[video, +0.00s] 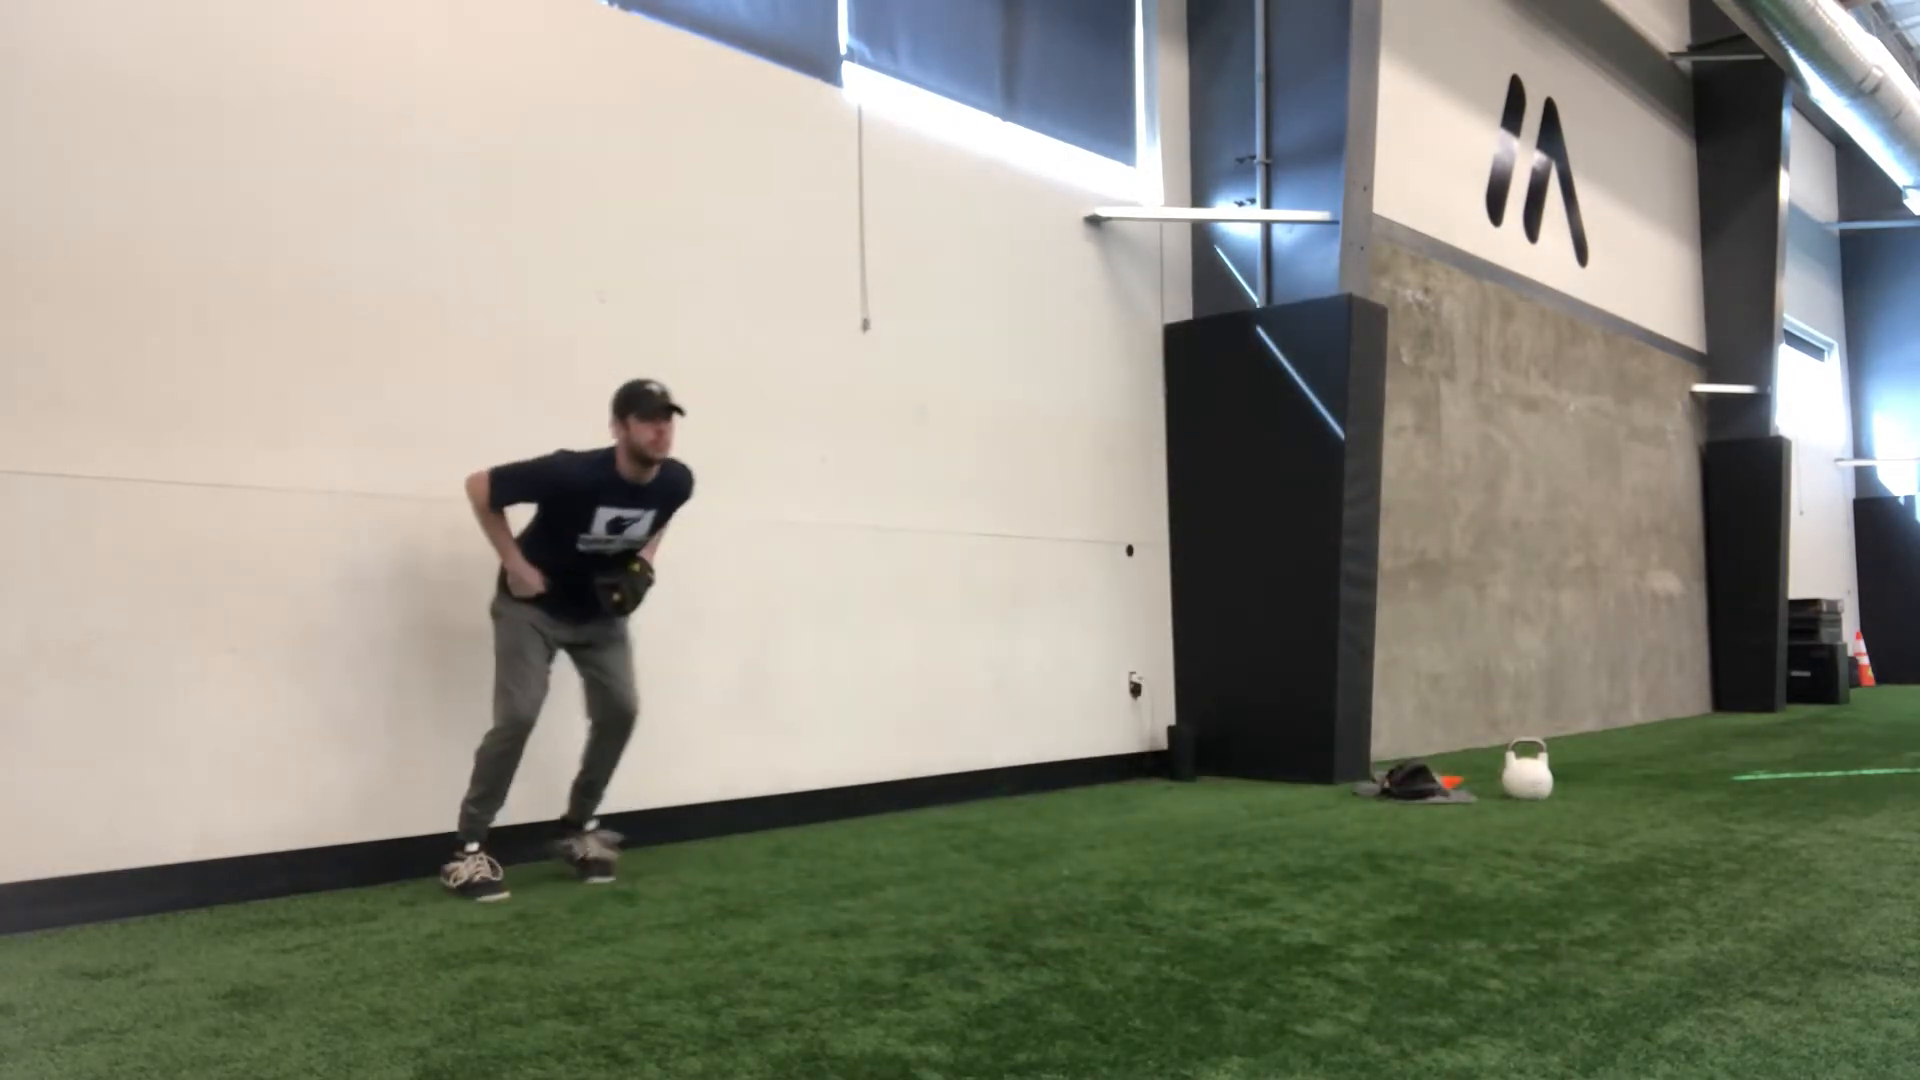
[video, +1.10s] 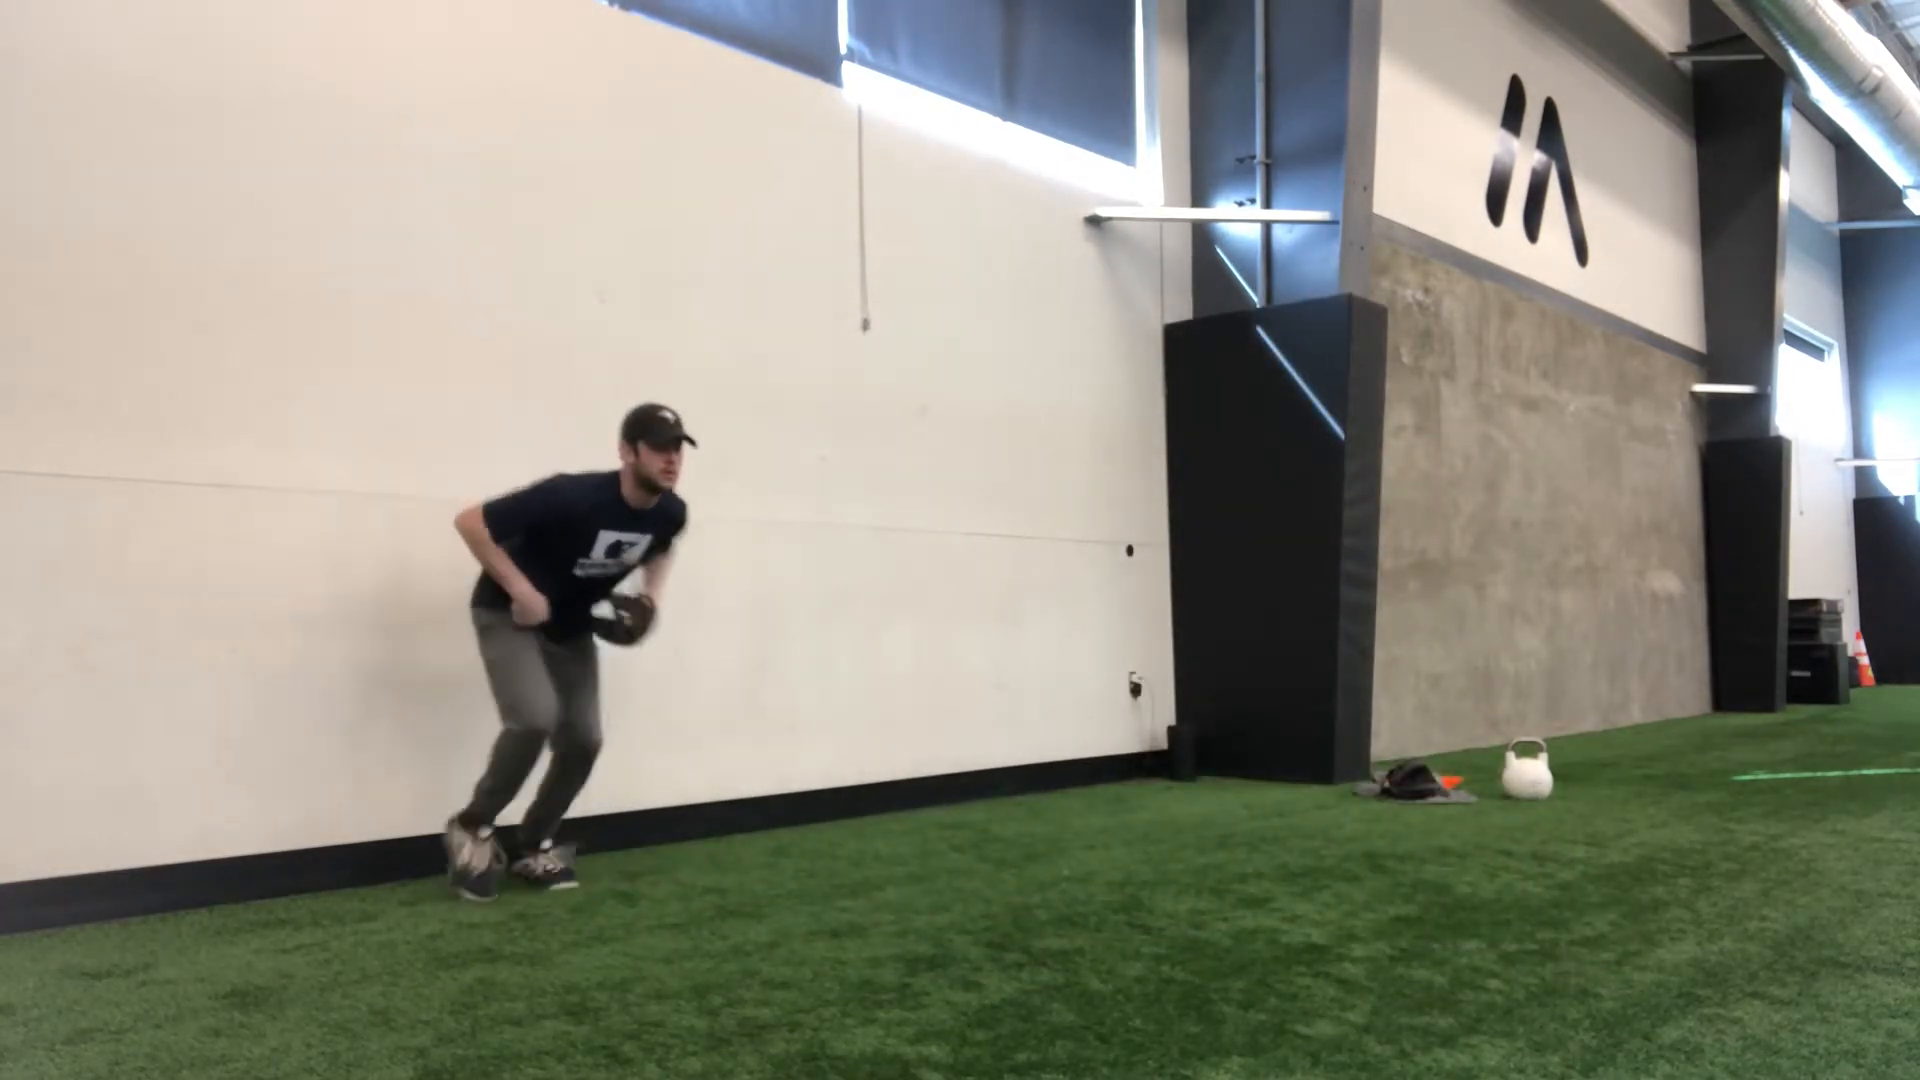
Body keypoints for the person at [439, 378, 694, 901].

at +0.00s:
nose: (662, 431)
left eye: (668, 420)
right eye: (650, 420)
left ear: (674, 426)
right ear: (620, 426)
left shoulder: (675, 484)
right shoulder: (572, 473)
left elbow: (658, 522)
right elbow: (481, 487)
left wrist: (644, 561)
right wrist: (514, 563)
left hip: (600, 615)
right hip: (531, 606)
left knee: (620, 713)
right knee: (518, 716)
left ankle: (576, 832)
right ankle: (468, 850)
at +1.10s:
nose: (673, 460)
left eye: (678, 450)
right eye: (660, 449)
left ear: (685, 454)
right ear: (628, 453)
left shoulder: (669, 514)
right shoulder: (571, 496)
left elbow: (658, 554)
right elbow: (471, 521)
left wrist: (649, 599)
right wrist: (521, 590)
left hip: (571, 625)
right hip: (506, 615)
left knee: (583, 740)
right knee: (535, 719)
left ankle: (529, 848)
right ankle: (470, 827)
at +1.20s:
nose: (686, 470)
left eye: (691, 460)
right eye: (674, 459)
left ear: (698, 464)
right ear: (641, 461)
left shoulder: (681, 528)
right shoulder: (585, 503)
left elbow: (683, 589)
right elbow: (482, 542)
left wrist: (674, 633)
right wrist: (546, 592)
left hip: (579, 629)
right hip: (517, 609)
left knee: (590, 753)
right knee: (573, 692)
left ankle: (528, 847)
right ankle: (501, 814)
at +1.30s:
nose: (707, 467)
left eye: (712, 456)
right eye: (695, 455)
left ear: (718, 459)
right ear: (660, 455)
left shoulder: (700, 523)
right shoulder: (605, 494)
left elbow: (693, 605)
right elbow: (497, 555)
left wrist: (698, 646)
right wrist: (582, 591)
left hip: (583, 610)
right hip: (526, 591)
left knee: (591, 742)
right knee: (589, 658)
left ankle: (536, 840)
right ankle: (560, 821)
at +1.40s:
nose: (725, 474)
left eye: (731, 463)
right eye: (714, 461)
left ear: (736, 464)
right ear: (679, 457)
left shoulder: (719, 526)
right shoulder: (625, 499)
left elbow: (699, 619)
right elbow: (536, 588)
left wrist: (708, 674)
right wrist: (628, 613)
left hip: (608, 613)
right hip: (547, 603)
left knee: (644, 730)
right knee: (590, 704)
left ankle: (524, 772)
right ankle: (594, 877)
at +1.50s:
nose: (742, 505)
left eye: (748, 494)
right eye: (732, 493)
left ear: (752, 495)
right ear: (697, 490)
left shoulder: (735, 558)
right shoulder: (640, 535)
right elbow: (590, 638)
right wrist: (688, 653)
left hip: (626, 638)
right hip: (560, 630)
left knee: (706, 709)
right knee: (616, 715)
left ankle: (558, 728)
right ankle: (604, 903)